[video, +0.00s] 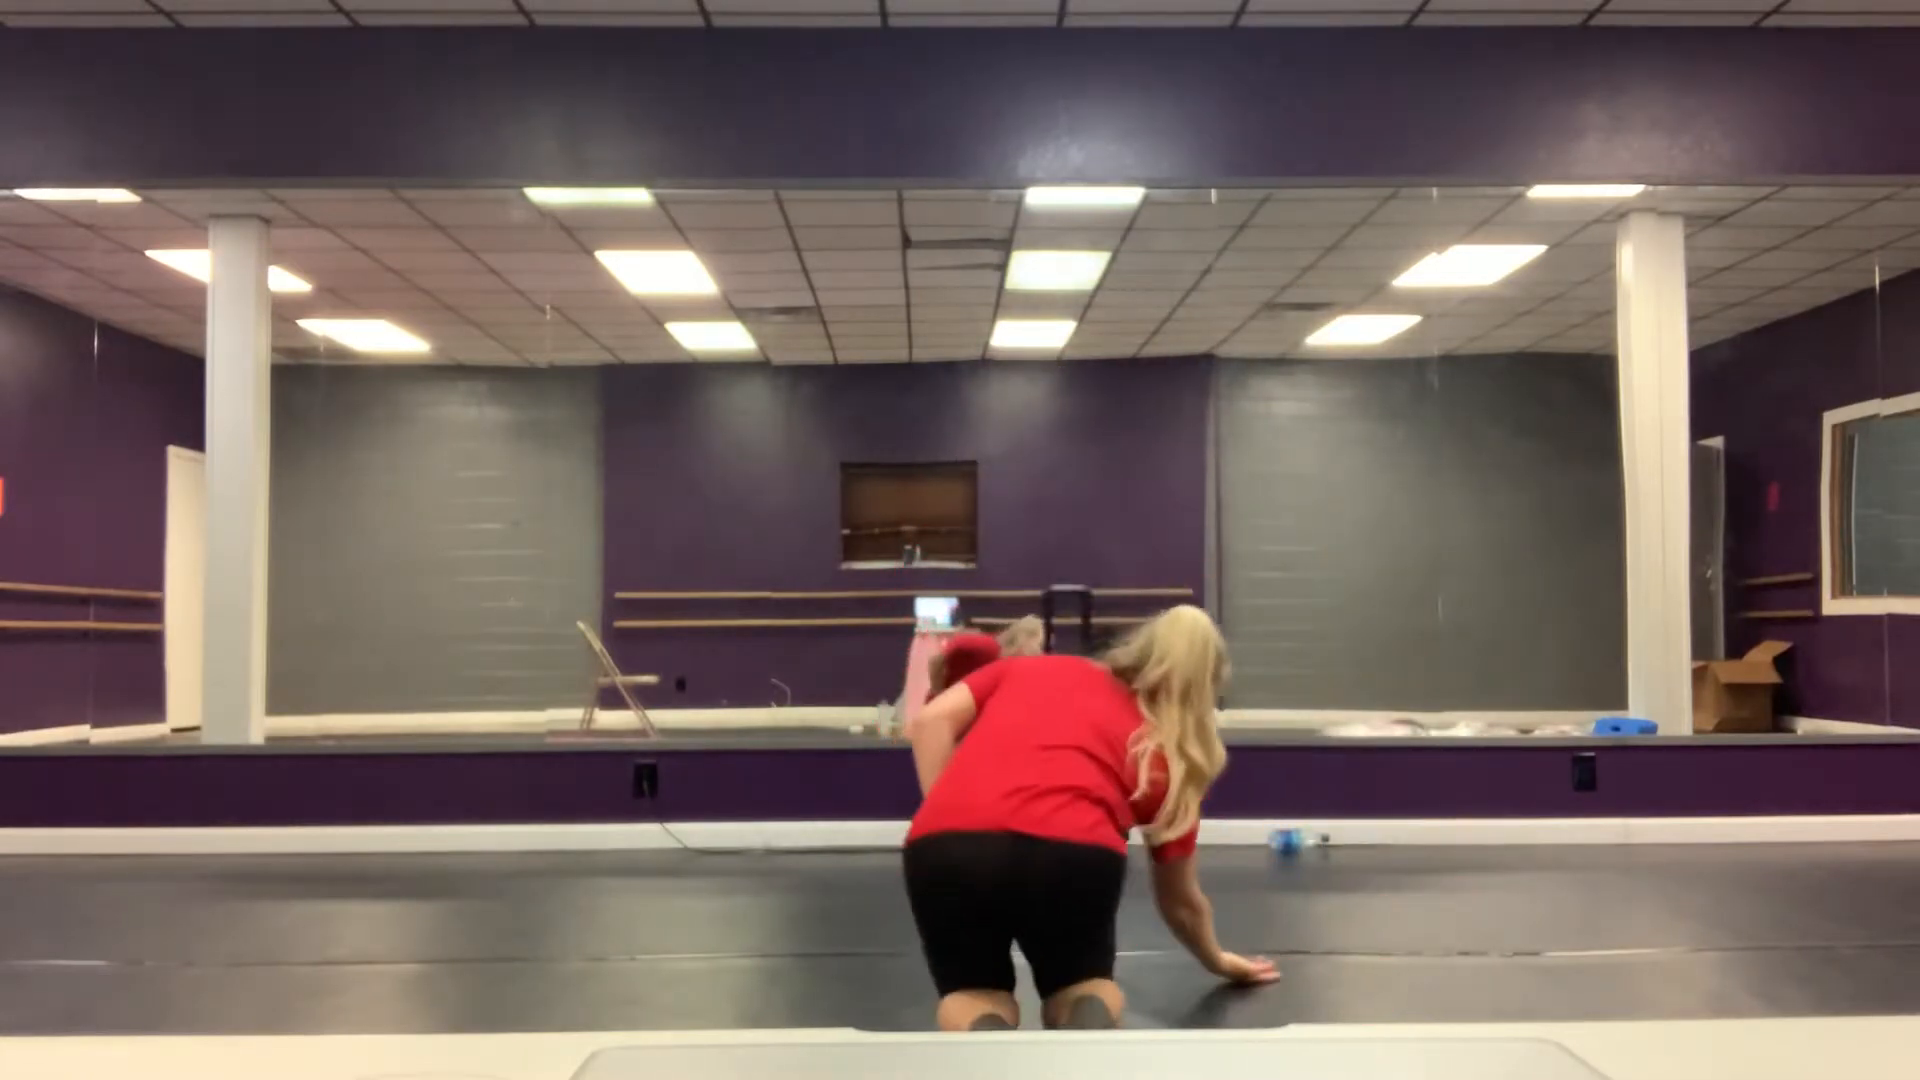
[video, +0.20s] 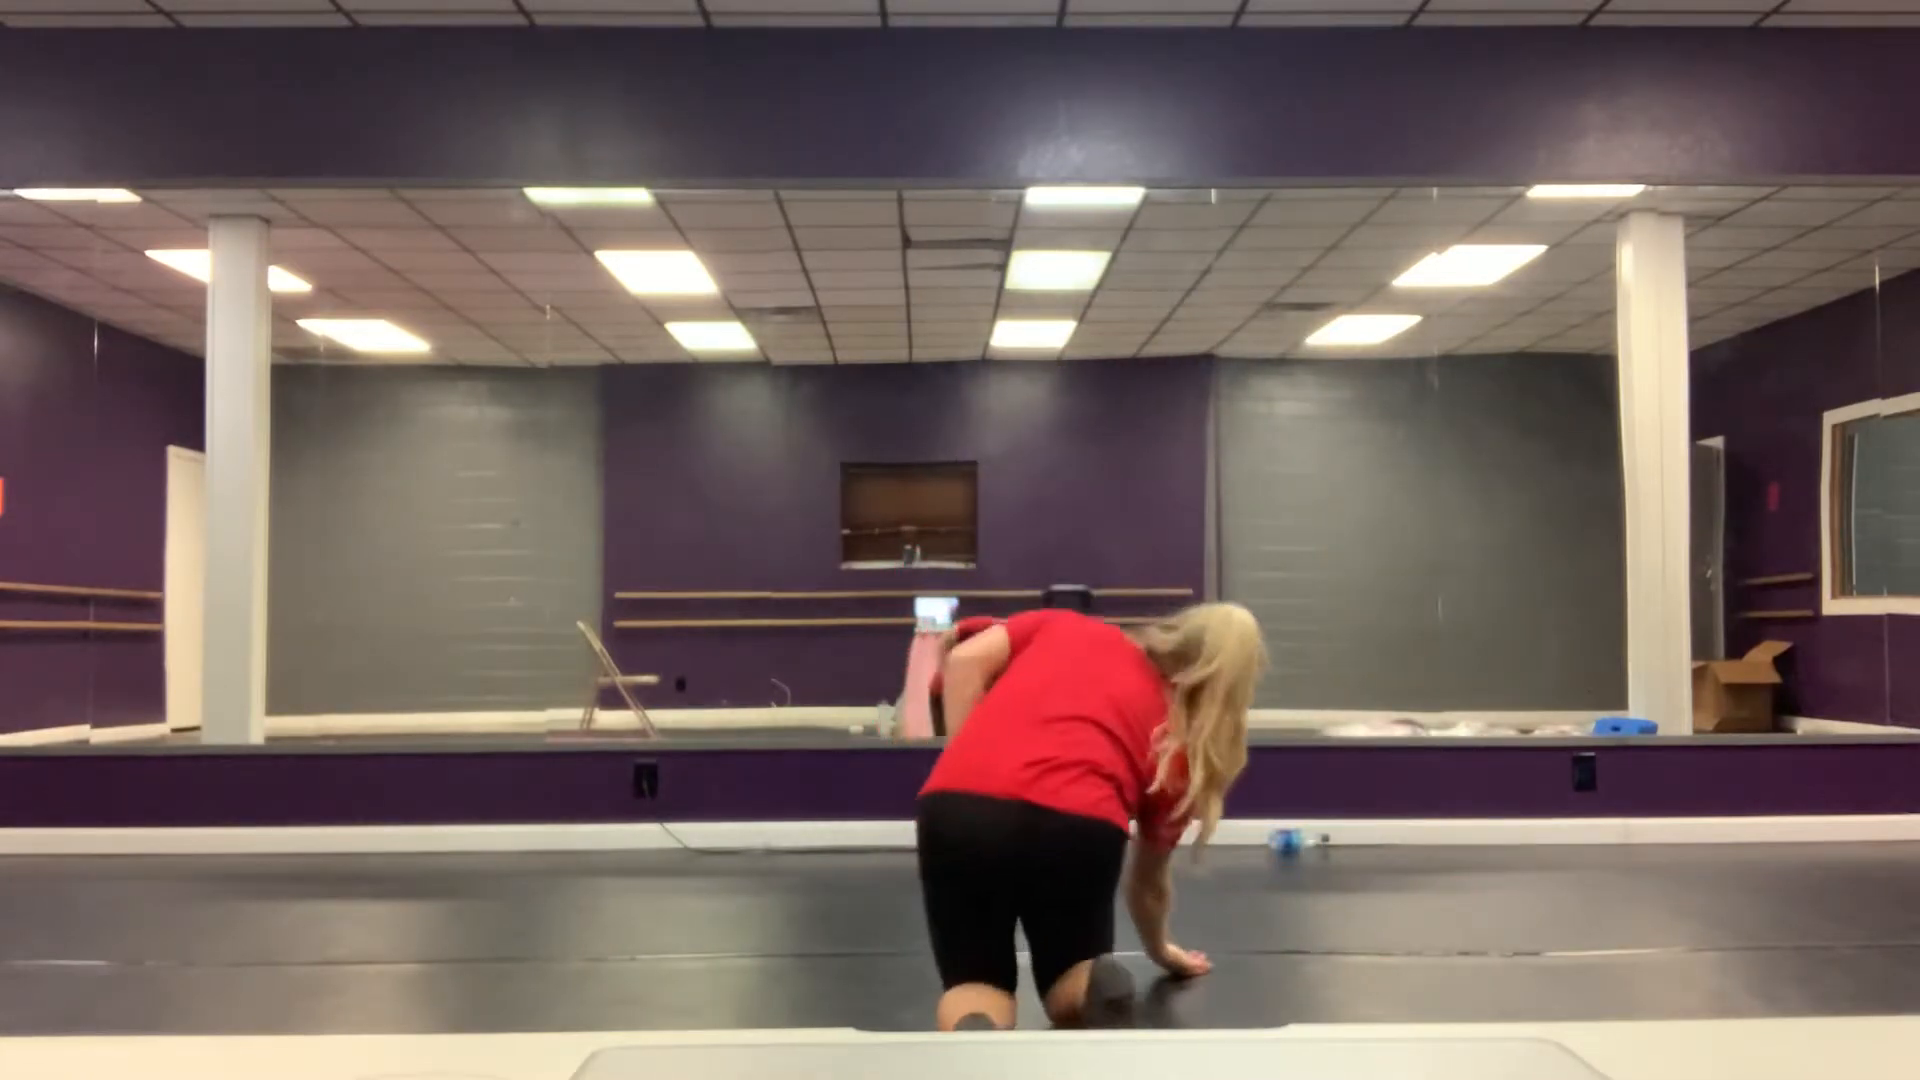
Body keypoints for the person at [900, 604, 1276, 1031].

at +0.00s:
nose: (1212, 698)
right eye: (1212, 684)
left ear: (1135, 651)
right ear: (1199, 684)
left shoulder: (1024, 668)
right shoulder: (1164, 742)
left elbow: (931, 722)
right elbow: (1179, 900)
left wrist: (950, 822)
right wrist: (1217, 960)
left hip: (947, 848)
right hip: (1073, 856)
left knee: (974, 989)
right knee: (1080, 985)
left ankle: (981, 1037)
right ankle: (1090, 1021)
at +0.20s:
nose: (1239, 701)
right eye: (1239, 687)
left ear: (1172, 633)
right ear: (1224, 684)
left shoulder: (1066, 625)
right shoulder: (1179, 737)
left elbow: (965, 660)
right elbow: (1147, 883)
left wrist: (969, 765)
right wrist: (1161, 950)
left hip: (958, 809)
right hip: (1077, 826)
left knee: (974, 981)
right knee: (1068, 985)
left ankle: (973, 1042)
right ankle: (1102, 997)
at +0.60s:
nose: (1184, 650)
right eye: (1189, 637)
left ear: (1143, 574)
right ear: (1183, 633)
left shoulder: (1074, 564)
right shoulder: (1152, 686)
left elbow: (996, 587)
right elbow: (1121, 819)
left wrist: (950, 704)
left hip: (985, 766)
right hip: (1083, 818)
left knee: (851, 789)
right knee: (1070, 992)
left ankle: (853, 967)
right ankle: (1115, 981)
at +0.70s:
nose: (1170, 624)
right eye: (1174, 613)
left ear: (1125, 551)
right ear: (1168, 608)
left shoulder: (1059, 548)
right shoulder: (1138, 664)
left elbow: (997, 568)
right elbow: (1114, 823)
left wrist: (933, 695)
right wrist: (1052, 964)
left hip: (978, 760)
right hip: (1076, 812)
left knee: (825, 773)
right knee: (1069, 991)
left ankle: (796, 981)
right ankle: (1113, 983)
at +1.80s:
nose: (976, 499)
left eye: (881, 457)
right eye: (971, 484)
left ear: (883, 467)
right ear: (958, 493)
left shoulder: (829, 540)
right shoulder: (946, 577)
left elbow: (794, 664)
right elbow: (1015, 614)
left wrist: (723, 790)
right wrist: (1067, 646)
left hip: (813, 794)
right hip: (915, 794)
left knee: (683, 805)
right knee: (1033, 926)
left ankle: (769, 985)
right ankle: (1226, 1016)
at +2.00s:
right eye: (965, 494)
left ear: (881, 471)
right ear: (953, 500)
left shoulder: (829, 541)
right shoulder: (935, 565)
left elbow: (800, 659)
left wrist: (730, 786)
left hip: (812, 797)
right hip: (911, 796)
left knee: (683, 803)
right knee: (1030, 927)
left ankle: (770, 984)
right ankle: (1226, 1015)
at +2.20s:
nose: (956, 511)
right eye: (955, 495)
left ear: (875, 472)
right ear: (944, 500)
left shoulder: (824, 544)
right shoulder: (923, 568)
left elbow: (798, 661)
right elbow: (909, 674)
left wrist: (731, 788)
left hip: (814, 801)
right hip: (911, 798)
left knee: (679, 806)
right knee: (1030, 930)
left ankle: (769, 984)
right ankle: (1225, 1014)